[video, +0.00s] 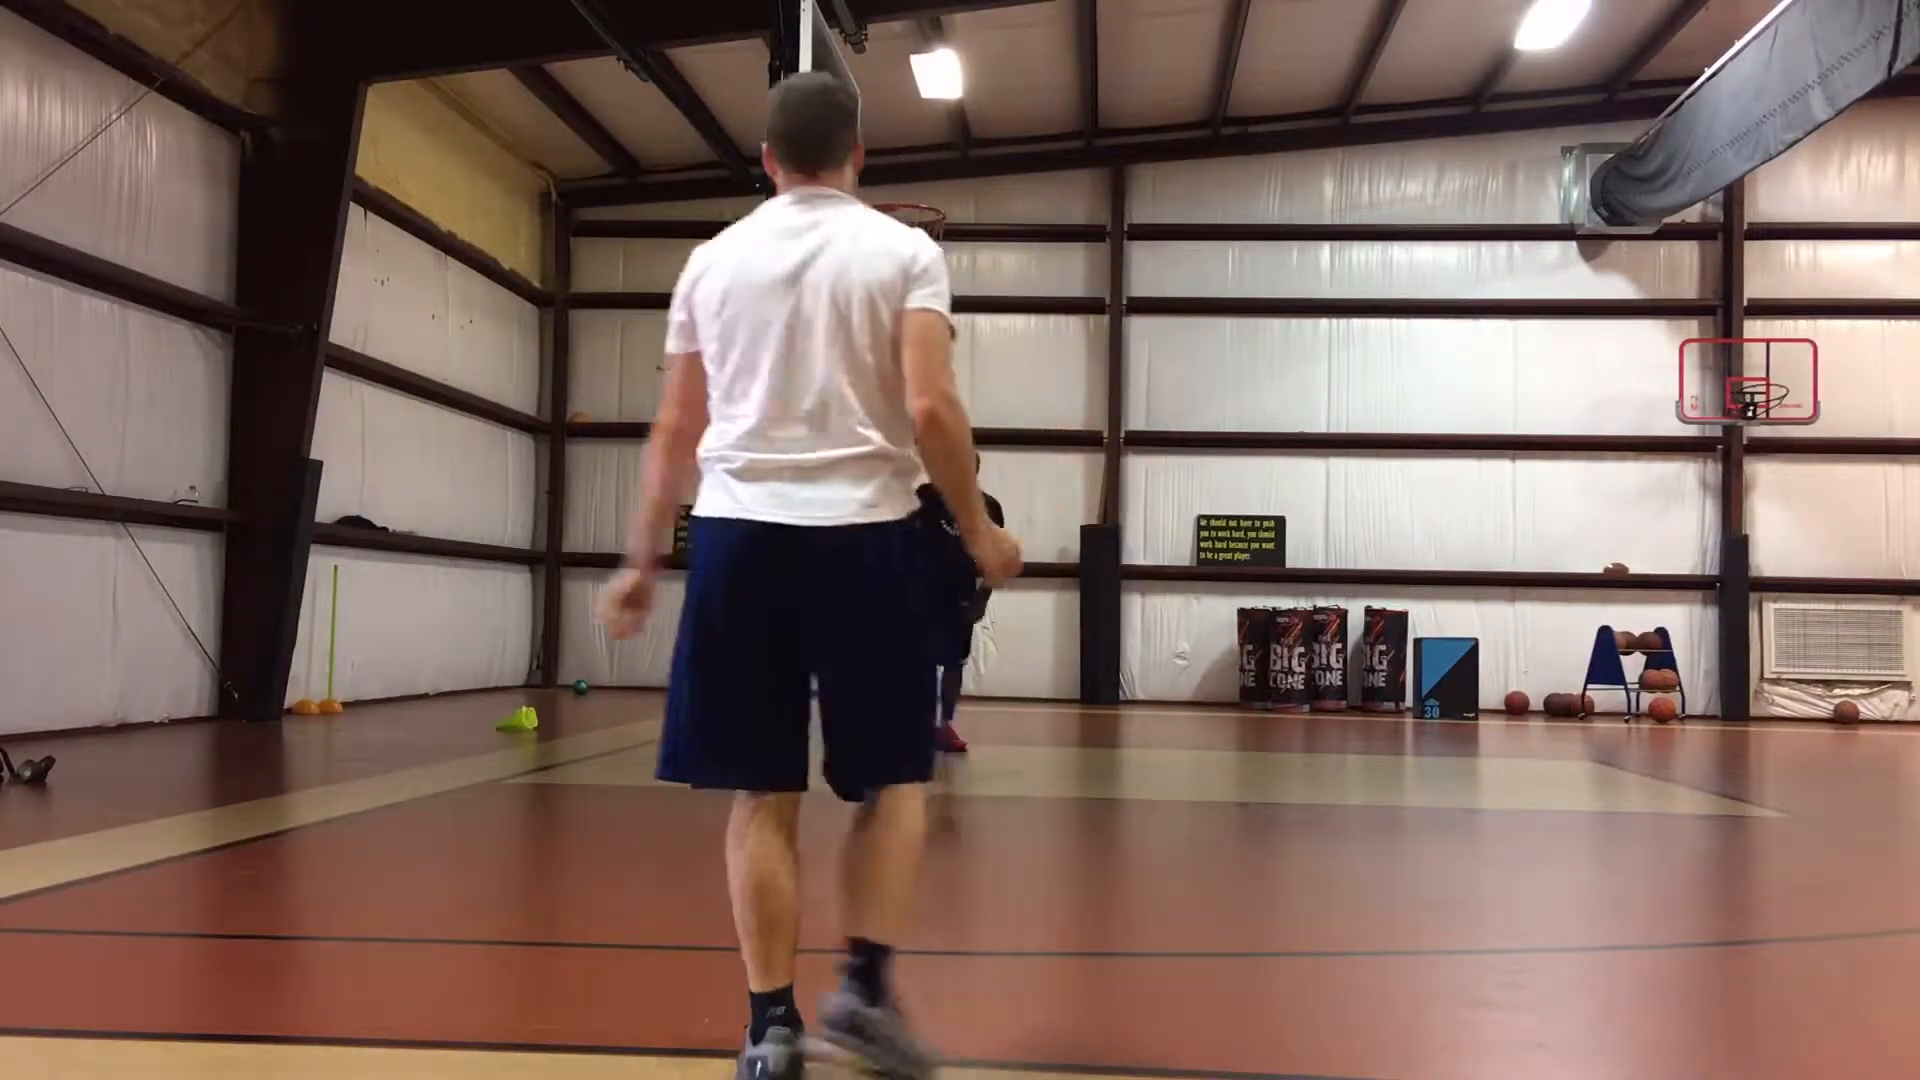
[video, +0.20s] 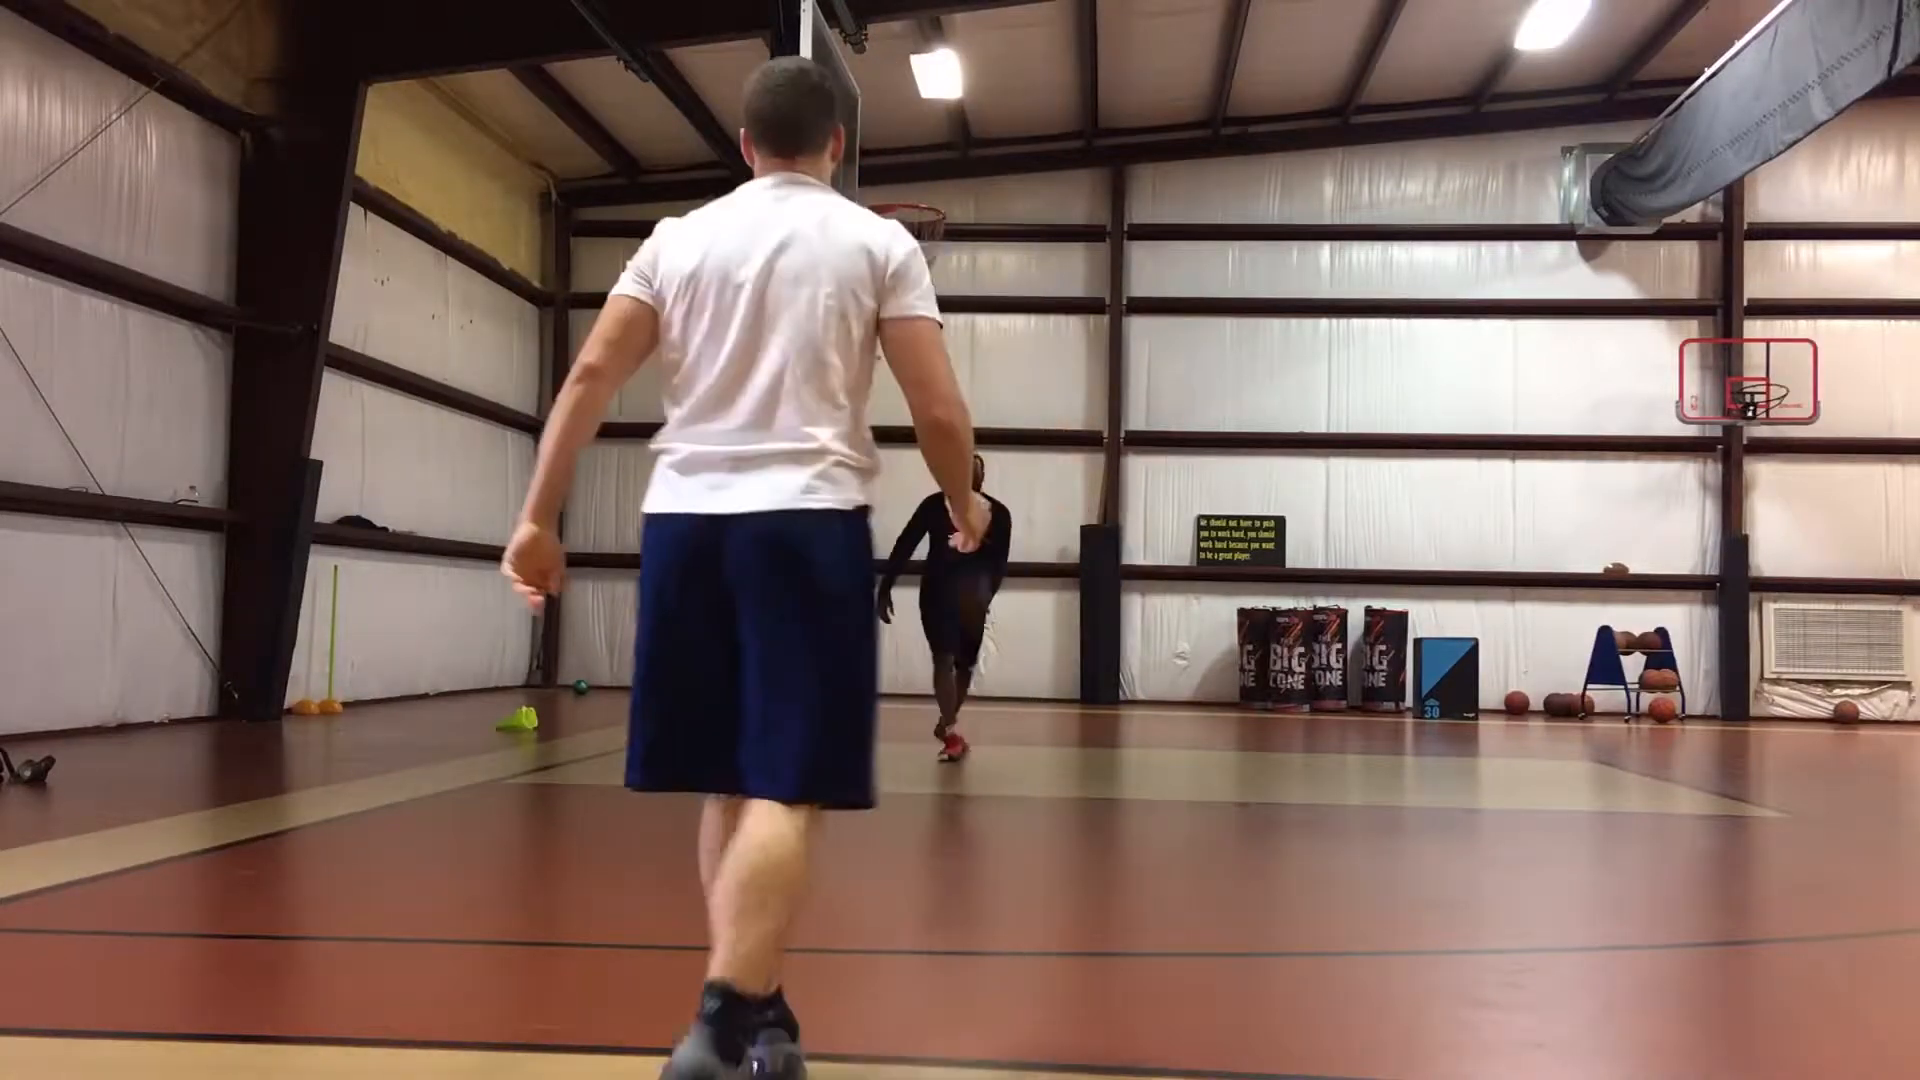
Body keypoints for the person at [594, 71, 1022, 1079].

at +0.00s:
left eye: (775, 153)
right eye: (856, 151)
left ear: (765, 160)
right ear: (860, 155)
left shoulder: (710, 262)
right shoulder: (904, 250)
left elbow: (675, 432)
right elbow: (931, 407)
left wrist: (642, 558)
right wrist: (978, 529)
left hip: (738, 556)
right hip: (871, 555)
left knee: (760, 790)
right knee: (892, 779)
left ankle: (772, 1030)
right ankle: (866, 988)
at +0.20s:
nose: (847, 156)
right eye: (849, 144)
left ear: (745, 144)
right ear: (839, 145)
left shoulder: (676, 239)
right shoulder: (878, 242)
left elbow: (591, 373)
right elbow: (938, 409)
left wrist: (537, 516)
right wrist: (965, 503)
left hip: (685, 533)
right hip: (809, 533)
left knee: (726, 782)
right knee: (784, 788)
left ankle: (764, 1026)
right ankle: (715, 1031)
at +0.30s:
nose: (847, 161)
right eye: (848, 148)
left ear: (742, 142)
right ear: (837, 147)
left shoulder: (661, 232)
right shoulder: (868, 247)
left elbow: (587, 366)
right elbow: (934, 417)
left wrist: (524, 508)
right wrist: (960, 515)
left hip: (644, 521)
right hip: (776, 523)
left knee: (694, 783)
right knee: (739, 800)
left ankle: (735, 1020)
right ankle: (691, 1052)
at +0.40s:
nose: (790, 150)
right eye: (795, 137)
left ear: (688, 131)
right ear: (788, 138)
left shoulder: (606, 213)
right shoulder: (822, 239)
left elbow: (524, 357)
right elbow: (891, 427)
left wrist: (516, 507)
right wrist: (931, 568)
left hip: (587, 517)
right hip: (729, 523)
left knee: (572, 791)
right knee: (691, 810)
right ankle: (681, 1063)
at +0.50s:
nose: (653, 133)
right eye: (656, 118)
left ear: (551, 115)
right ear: (648, 121)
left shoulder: (464, 213)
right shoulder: (690, 230)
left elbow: (394, 376)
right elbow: (734, 398)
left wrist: (421, 522)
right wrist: (784, 563)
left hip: (465, 539)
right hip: (619, 547)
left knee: (388, 808)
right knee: (638, 826)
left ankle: (296, 1060)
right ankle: (672, 1066)